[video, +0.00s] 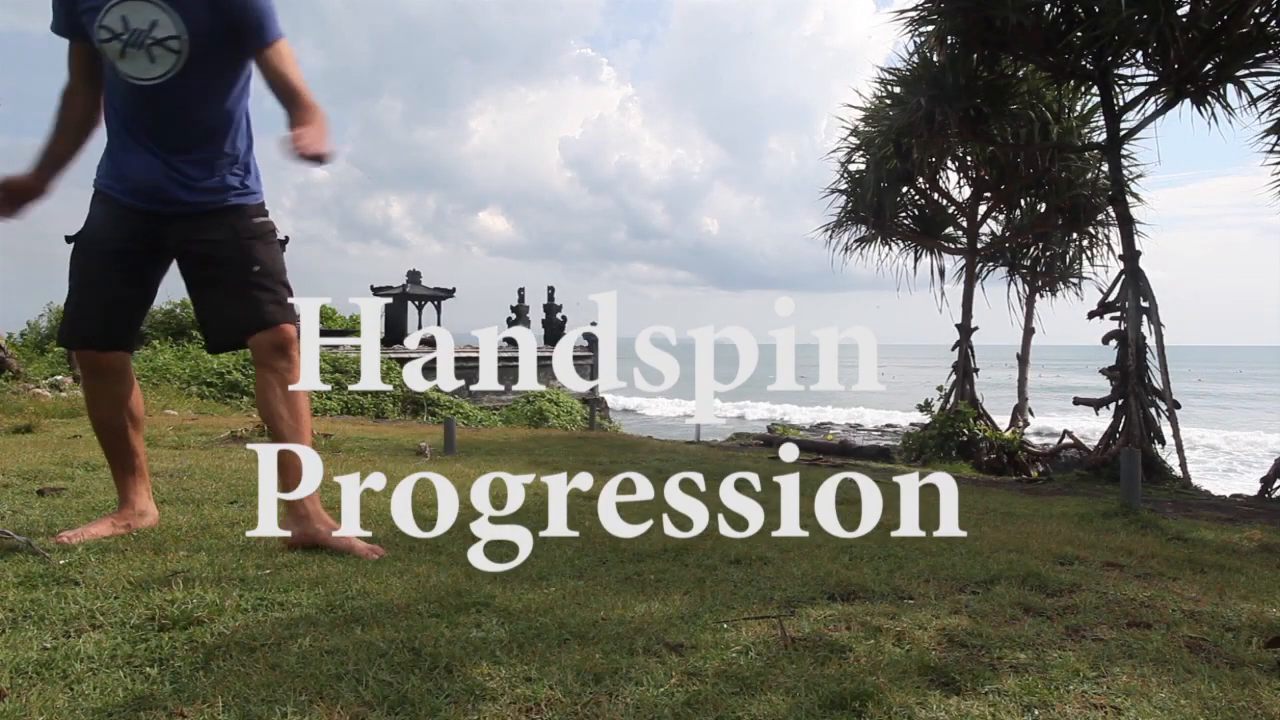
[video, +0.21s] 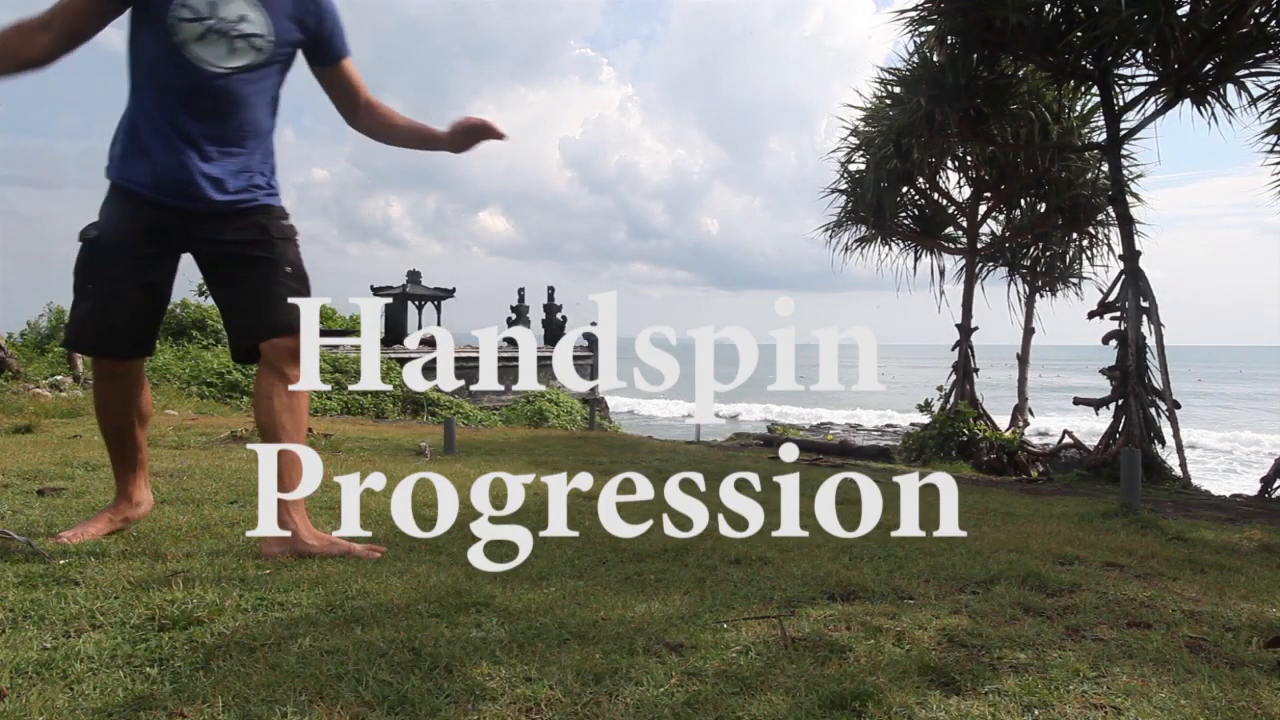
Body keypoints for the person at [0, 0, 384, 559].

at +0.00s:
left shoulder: (239, 6)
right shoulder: (84, 3)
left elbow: (297, 96)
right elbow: (84, 91)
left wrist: (308, 127)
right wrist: (39, 178)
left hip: (224, 186)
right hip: (127, 190)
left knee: (279, 337)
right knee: (96, 344)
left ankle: (304, 514)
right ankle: (136, 506)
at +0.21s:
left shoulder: (305, 6)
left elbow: (361, 108)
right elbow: (44, 33)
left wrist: (443, 138)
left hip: (245, 196)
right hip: (144, 189)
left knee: (285, 344)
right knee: (113, 346)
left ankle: (289, 522)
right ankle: (131, 497)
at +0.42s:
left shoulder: (355, 18)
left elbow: (360, 123)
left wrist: (437, 166)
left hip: (292, 191)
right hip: (203, 170)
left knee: (338, 349)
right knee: (168, 344)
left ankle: (295, 522)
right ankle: (74, 451)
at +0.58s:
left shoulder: (358, 13)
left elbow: (309, 100)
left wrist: (354, 169)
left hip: (317, 183)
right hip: (258, 156)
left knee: (368, 347)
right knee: (273, 345)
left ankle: (297, 519)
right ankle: (89, 490)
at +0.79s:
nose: (458, 4)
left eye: (457, 4)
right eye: (453, 2)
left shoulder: (318, 9)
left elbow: (248, 97)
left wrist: (222, 151)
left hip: (292, 144)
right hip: (348, 138)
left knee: (363, 358)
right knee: (428, 347)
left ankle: (306, 511)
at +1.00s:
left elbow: (234, 17)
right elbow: (620, 5)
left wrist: (131, 43)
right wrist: (727, 11)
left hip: (342, 127)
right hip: (430, 126)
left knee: (364, 331)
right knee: (504, 335)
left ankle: (311, 519)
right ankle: (565, 516)